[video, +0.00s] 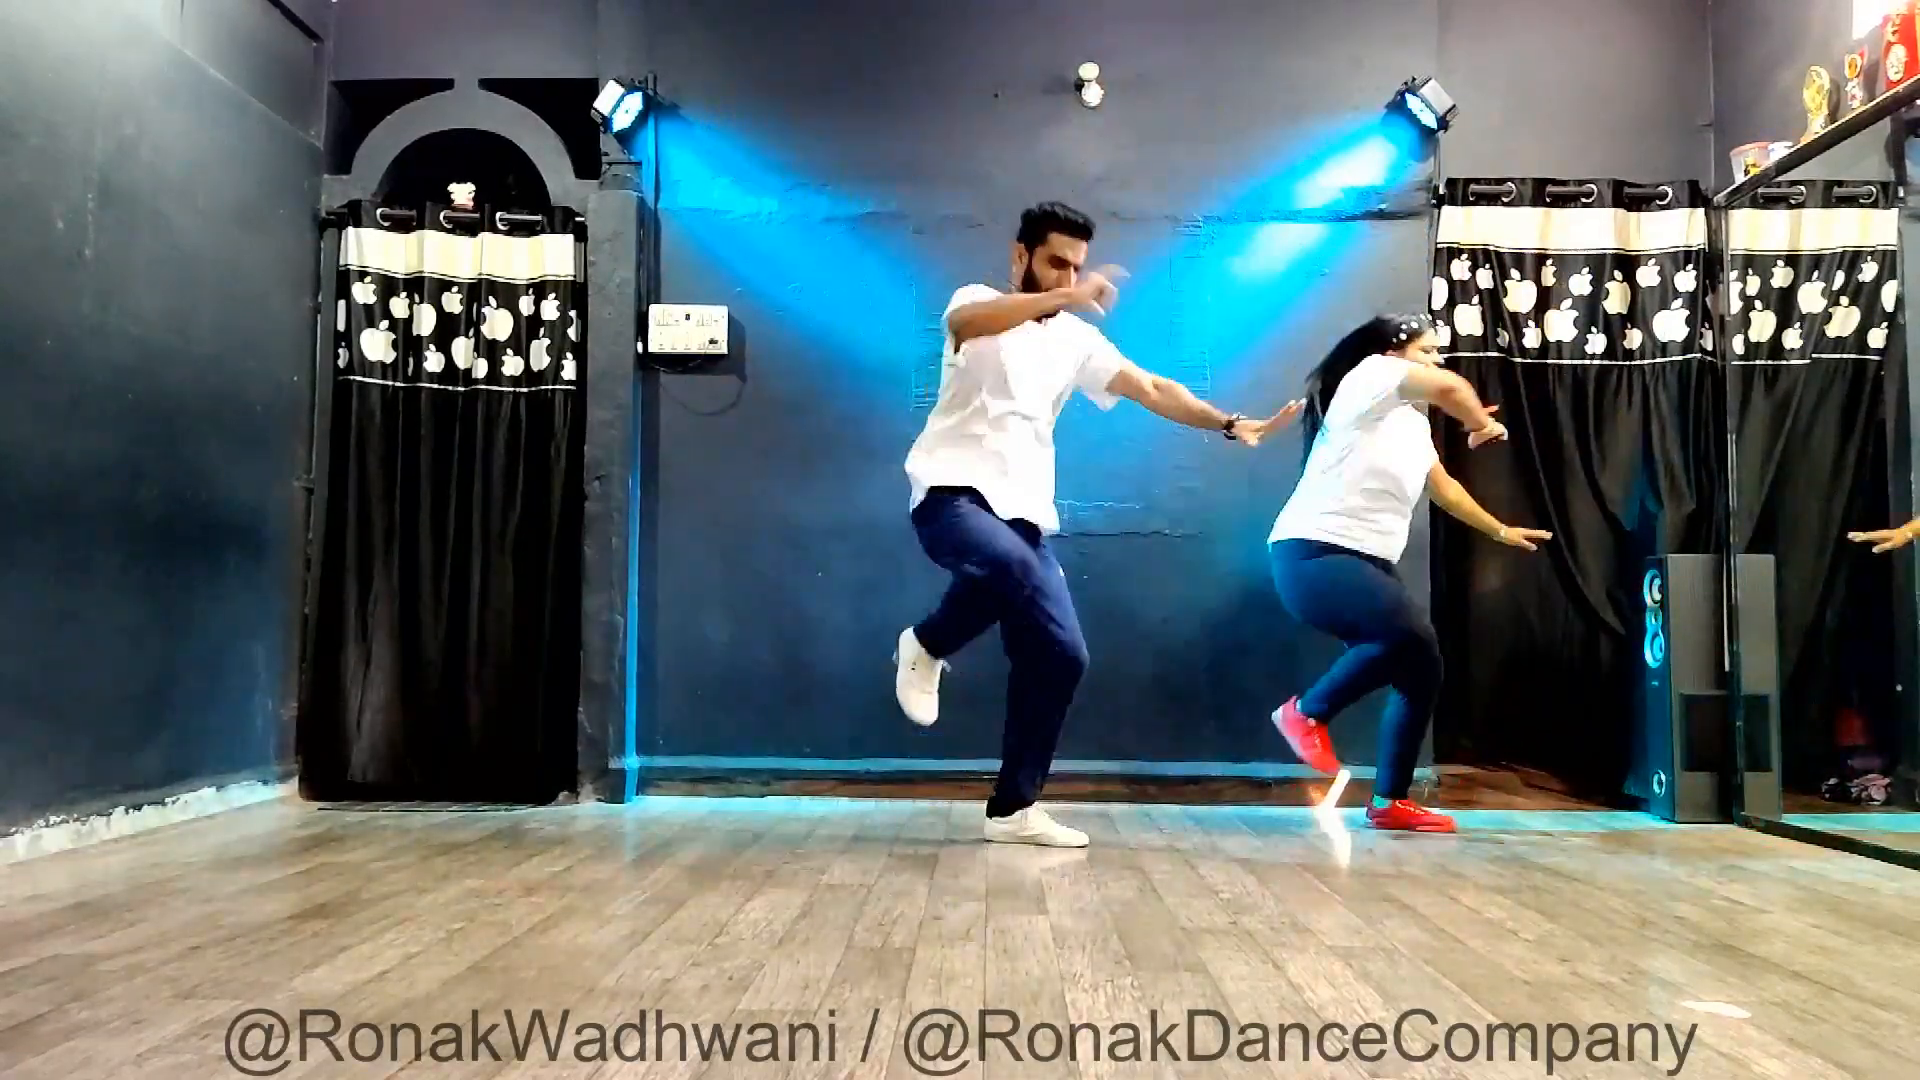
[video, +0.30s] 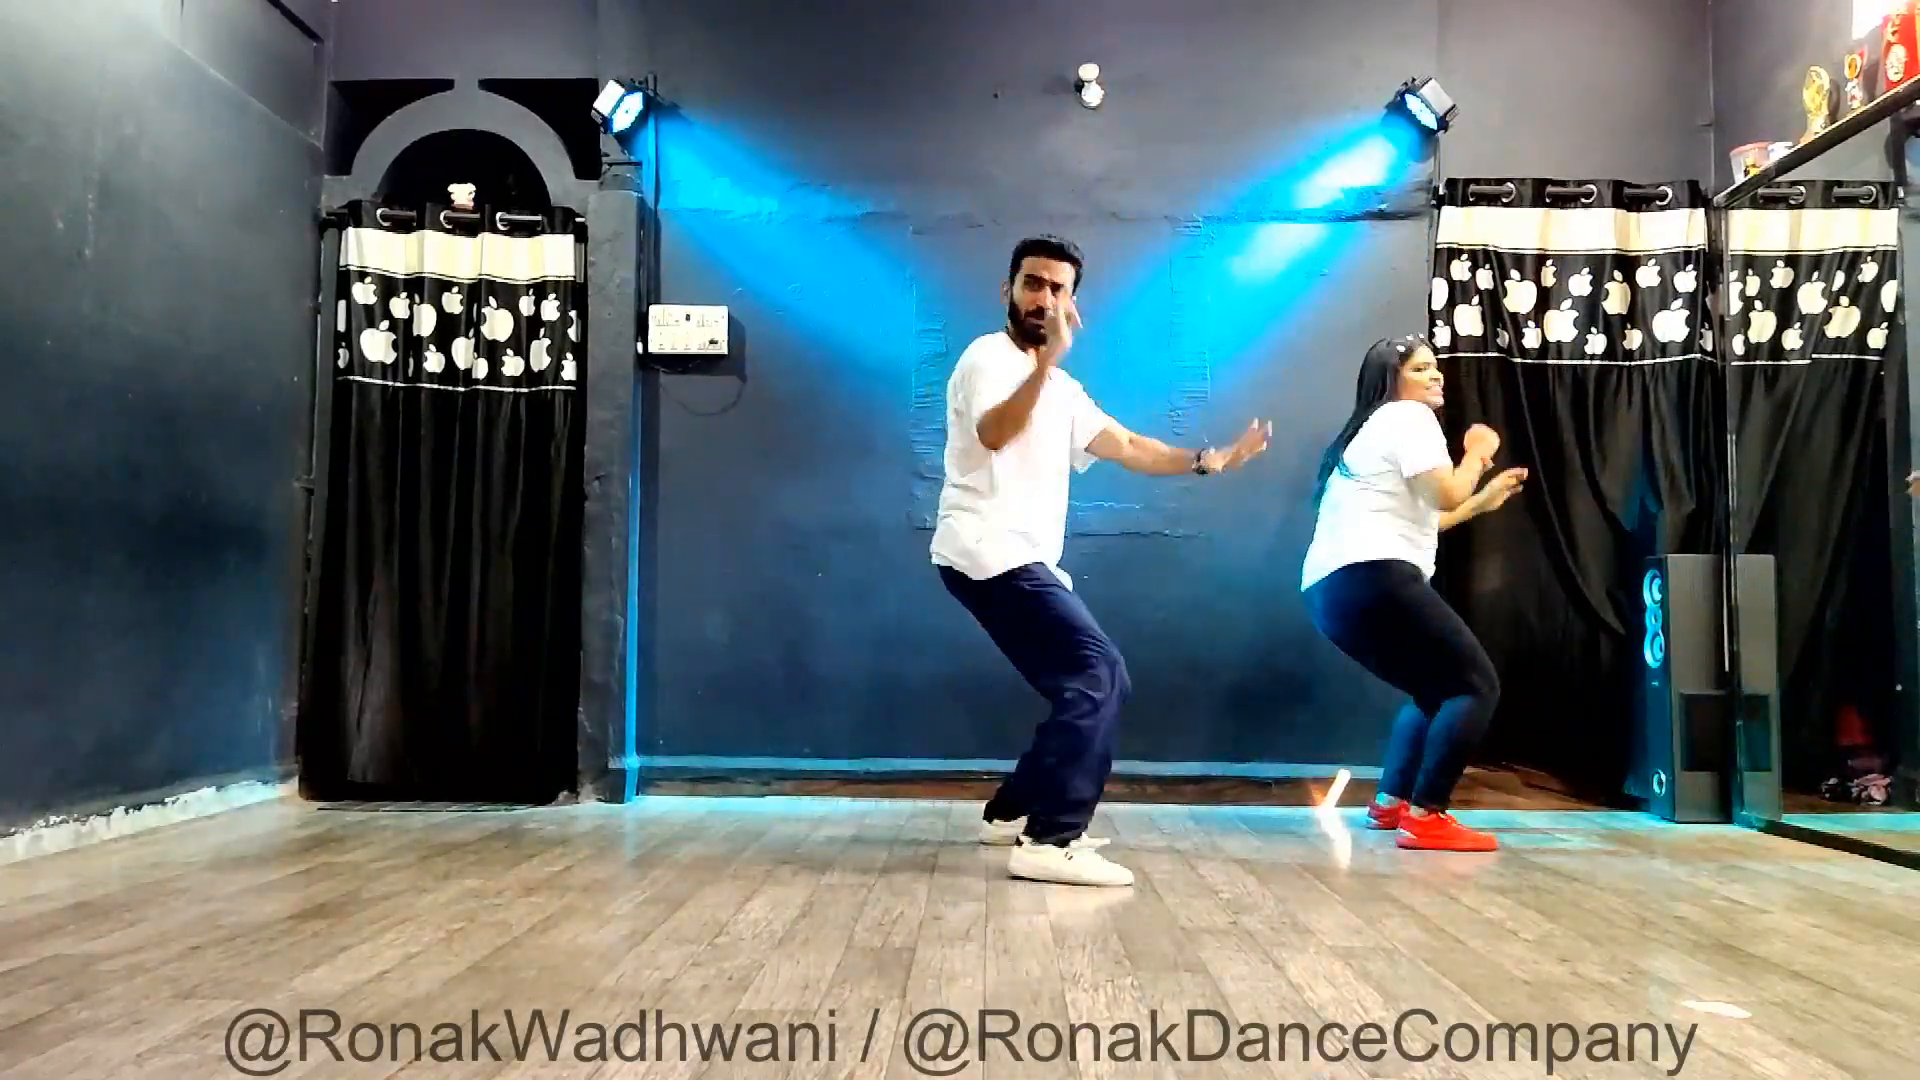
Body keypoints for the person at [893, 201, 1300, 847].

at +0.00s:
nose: (1067, 280)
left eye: (1076, 270)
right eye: (1056, 265)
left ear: (1083, 276)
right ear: (1019, 258)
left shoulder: (1078, 340)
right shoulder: (976, 301)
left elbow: (1152, 389)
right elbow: (966, 325)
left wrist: (1229, 422)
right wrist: (1064, 297)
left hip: (1024, 511)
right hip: (952, 490)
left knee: (1061, 655)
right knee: (1010, 568)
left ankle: (1012, 808)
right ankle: (925, 647)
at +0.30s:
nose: (1042, 297)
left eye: (1057, 289)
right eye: (1032, 282)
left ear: (1070, 303)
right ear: (1009, 289)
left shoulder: (1062, 389)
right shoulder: (988, 356)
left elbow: (1132, 450)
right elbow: (993, 434)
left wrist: (1211, 460)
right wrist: (1043, 363)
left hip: (1025, 552)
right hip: (983, 547)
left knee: (1104, 676)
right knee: (1094, 668)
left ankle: (1012, 811)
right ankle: (1049, 840)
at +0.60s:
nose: (978, 163)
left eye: (994, 155)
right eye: (968, 150)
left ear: (1012, 171)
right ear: (947, 157)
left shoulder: (1034, 242)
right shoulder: (905, 218)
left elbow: (1093, 318)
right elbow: (799, 234)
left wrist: (1115, 275)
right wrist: (768, 172)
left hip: (1008, 454)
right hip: (925, 448)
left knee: (1068, 584)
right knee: (920, 600)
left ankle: (990, 688)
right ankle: (880, 760)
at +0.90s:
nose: (999, 255)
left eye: (997, 243)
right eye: (986, 241)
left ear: (966, 252)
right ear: (946, 248)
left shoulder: (997, 320)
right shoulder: (861, 303)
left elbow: (1104, 328)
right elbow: (763, 309)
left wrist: (1056, 329)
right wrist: (659, 303)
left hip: (946, 499)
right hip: (867, 519)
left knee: (1065, 488)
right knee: (856, 677)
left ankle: (1037, 648)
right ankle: (841, 814)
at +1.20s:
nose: (1005, 184)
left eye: (1004, 172)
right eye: (994, 170)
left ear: (979, 182)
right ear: (953, 176)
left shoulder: (1018, 237)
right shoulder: (878, 226)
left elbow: (1107, 224)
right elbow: (778, 235)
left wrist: (1063, 253)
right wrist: (677, 250)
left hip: (996, 465)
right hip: (902, 473)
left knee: (1072, 567)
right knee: (875, 633)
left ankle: (1042, 732)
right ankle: (848, 791)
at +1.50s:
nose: (1048, 224)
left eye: (1048, 213)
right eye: (1037, 210)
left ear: (1025, 223)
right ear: (997, 217)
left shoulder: (1055, 291)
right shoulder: (925, 270)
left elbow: (1154, 313)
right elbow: (824, 267)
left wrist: (1092, 321)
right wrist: (733, 281)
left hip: (1025, 480)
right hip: (947, 503)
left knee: (1137, 504)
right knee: (947, 666)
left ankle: (1097, 656)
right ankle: (920, 809)